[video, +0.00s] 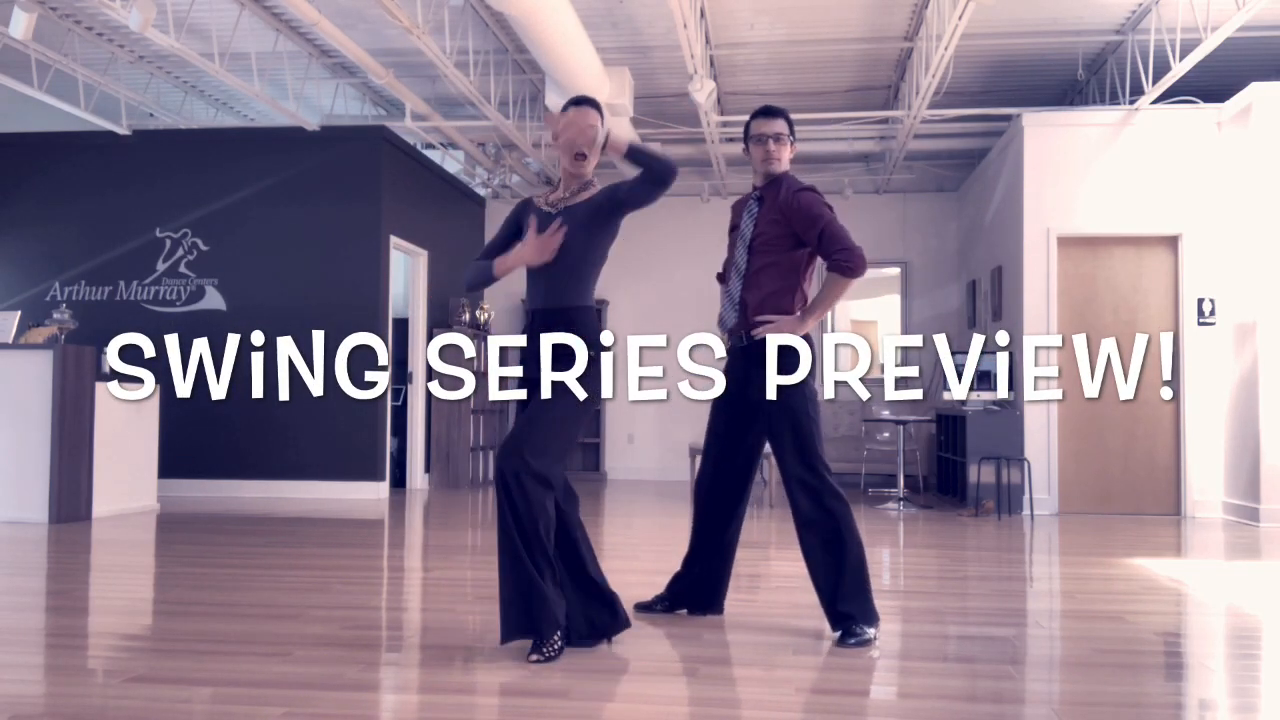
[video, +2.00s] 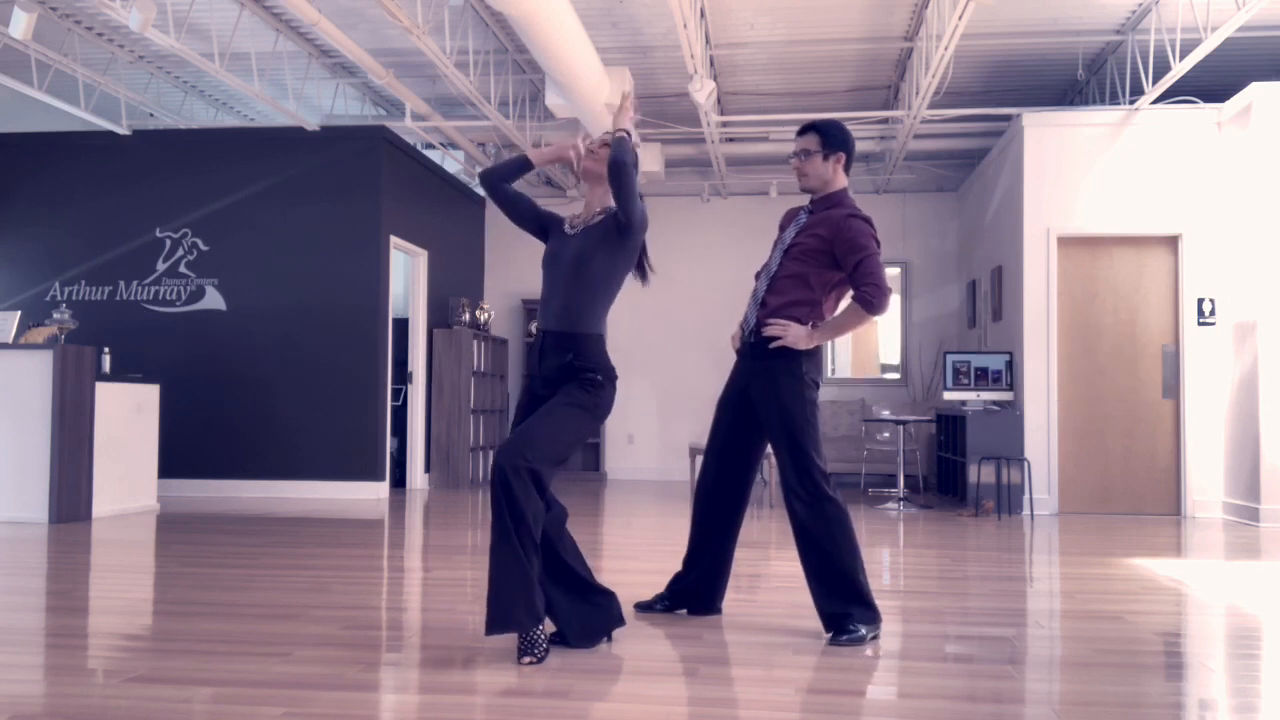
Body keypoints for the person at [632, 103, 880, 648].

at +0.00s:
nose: (770, 147)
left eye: (779, 139)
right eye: (760, 140)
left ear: (793, 148)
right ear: (746, 150)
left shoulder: (798, 199)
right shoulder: (744, 207)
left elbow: (849, 261)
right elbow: (740, 269)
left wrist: (805, 320)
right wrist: (733, 318)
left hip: (779, 355)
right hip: (741, 357)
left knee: (810, 482)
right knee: (720, 479)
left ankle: (855, 616)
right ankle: (697, 591)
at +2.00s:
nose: (795, 164)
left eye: (805, 156)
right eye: (794, 156)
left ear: (837, 162)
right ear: (806, 164)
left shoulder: (848, 221)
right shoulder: (798, 217)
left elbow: (874, 298)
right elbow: (780, 280)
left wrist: (817, 334)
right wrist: (747, 325)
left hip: (787, 364)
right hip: (751, 359)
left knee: (807, 487)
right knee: (721, 479)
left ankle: (855, 616)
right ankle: (697, 591)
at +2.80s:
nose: (794, 169)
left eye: (803, 159)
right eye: (793, 161)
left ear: (836, 164)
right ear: (813, 167)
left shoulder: (867, 223)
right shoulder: (795, 227)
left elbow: (906, 299)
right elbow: (749, 280)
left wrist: (849, 351)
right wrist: (722, 326)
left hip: (813, 372)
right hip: (766, 367)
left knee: (802, 501)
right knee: (724, 483)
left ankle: (857, 617)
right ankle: (698, 593)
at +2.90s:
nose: (793, 163)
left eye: (804, 154)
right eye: (792, 155)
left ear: (837, 159)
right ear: (807, 163)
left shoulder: (865, 218)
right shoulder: (791, 224)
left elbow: (906, 294)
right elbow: (740, 276)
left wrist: (848, 347)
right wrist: (690, 319)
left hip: (811, 370)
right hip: (764, 364)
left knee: (808, 493)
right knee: (706, 473)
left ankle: (857, 617)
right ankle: (699, 584)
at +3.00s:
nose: (795, 154)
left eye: (806, 146)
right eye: (791, 147)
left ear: (835, 154)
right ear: (789, 157)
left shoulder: (854, 213)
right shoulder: (782, 220)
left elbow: (897, 286)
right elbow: (721, 267)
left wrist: (845, 342)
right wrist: (659, 299)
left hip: (805, 365)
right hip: (757, 361)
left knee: (815, 492)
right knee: (694, 474)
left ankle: (857, 618)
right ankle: (698, 579)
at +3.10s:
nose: (797, 149)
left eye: (807, 141)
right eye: (789, 142)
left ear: (829, 152)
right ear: (780, 151)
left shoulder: (838, 208)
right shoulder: (765, 212)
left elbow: (885, 279)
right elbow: (700, 250)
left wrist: (831, 336)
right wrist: (630, 271)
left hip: (794, 363)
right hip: (745, 360)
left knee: (815, 490)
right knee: (694, 487)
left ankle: (856, 618)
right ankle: (688, 602)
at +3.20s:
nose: (792, 146)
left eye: (804, 139)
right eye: (784, 138)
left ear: (820, 150)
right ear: (771, 146)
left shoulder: (825, 208)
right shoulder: (744, 201)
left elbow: (876, 278)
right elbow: (670, 229)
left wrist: (813, 316)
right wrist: (597, 248)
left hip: (778, 359)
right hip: (727, 357)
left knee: (807, 483)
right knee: (695, 482)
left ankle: (853, 613)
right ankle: (690, 604)